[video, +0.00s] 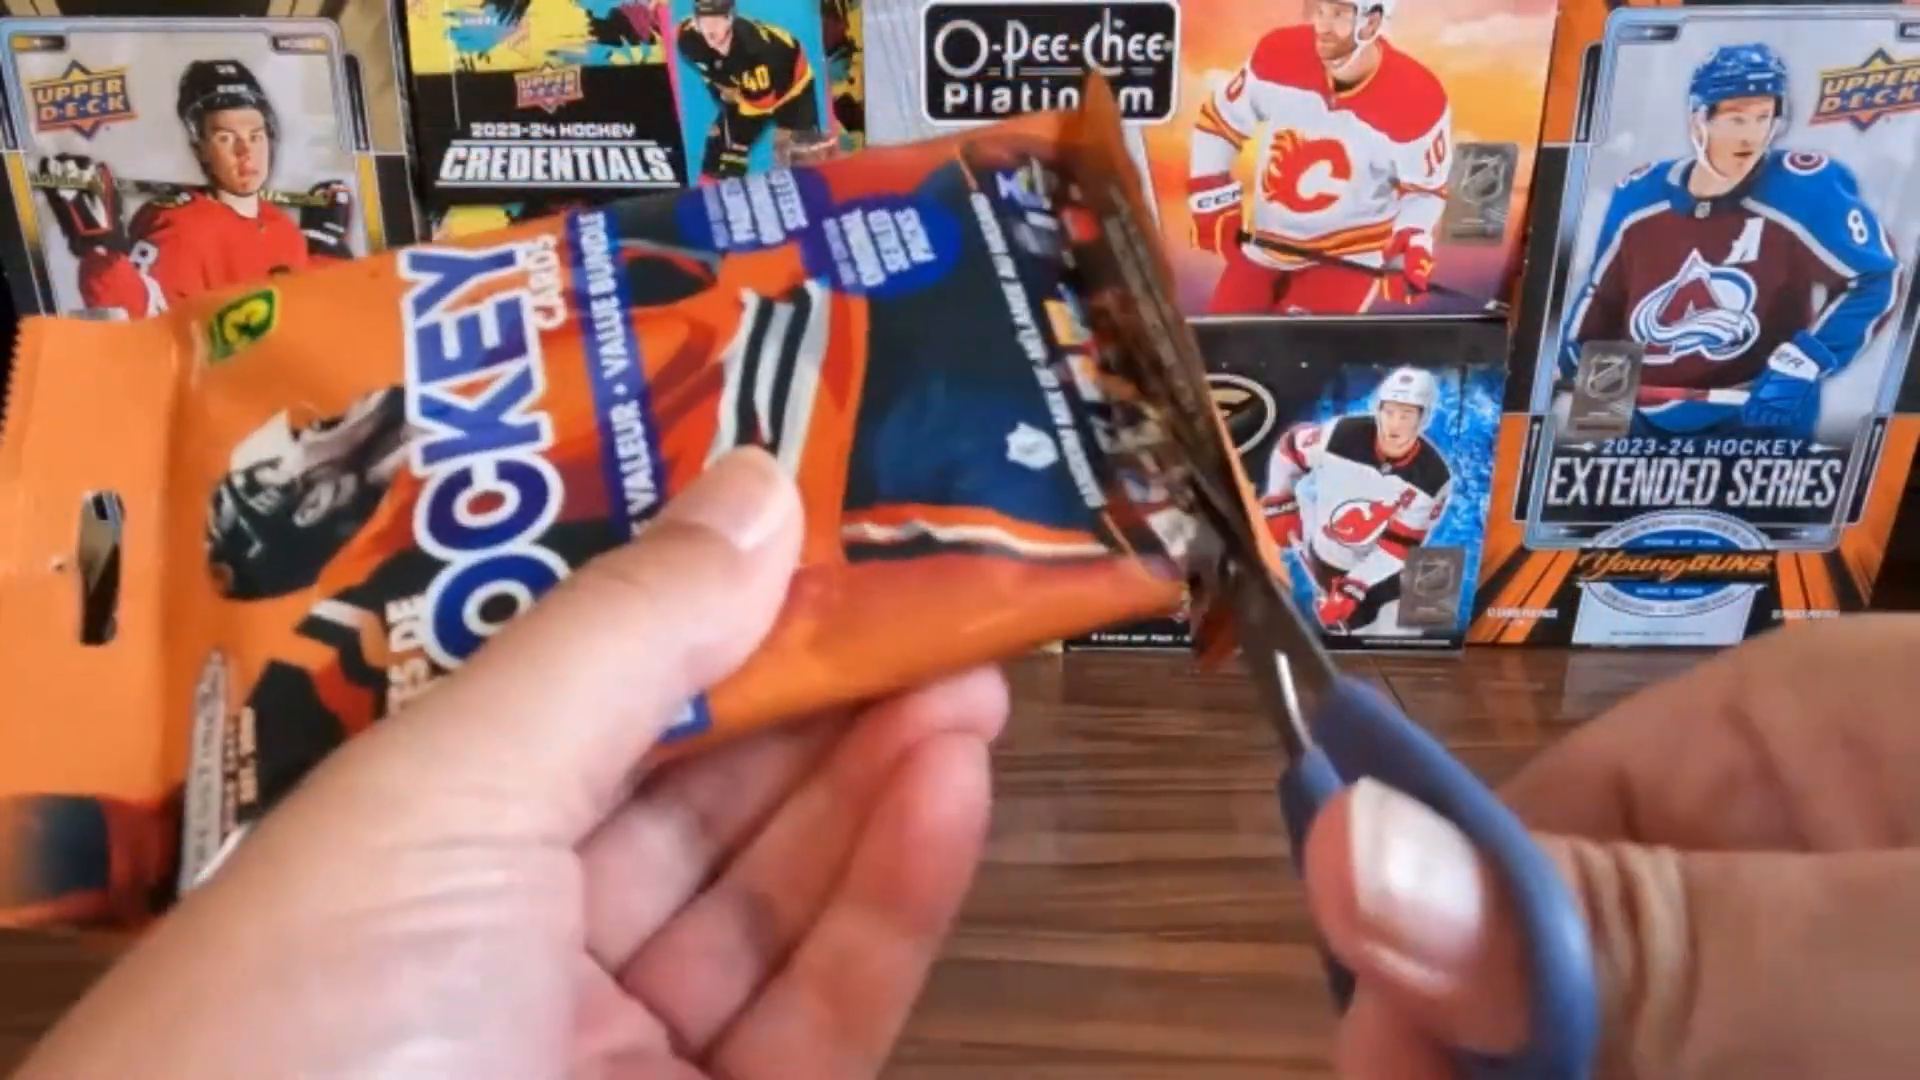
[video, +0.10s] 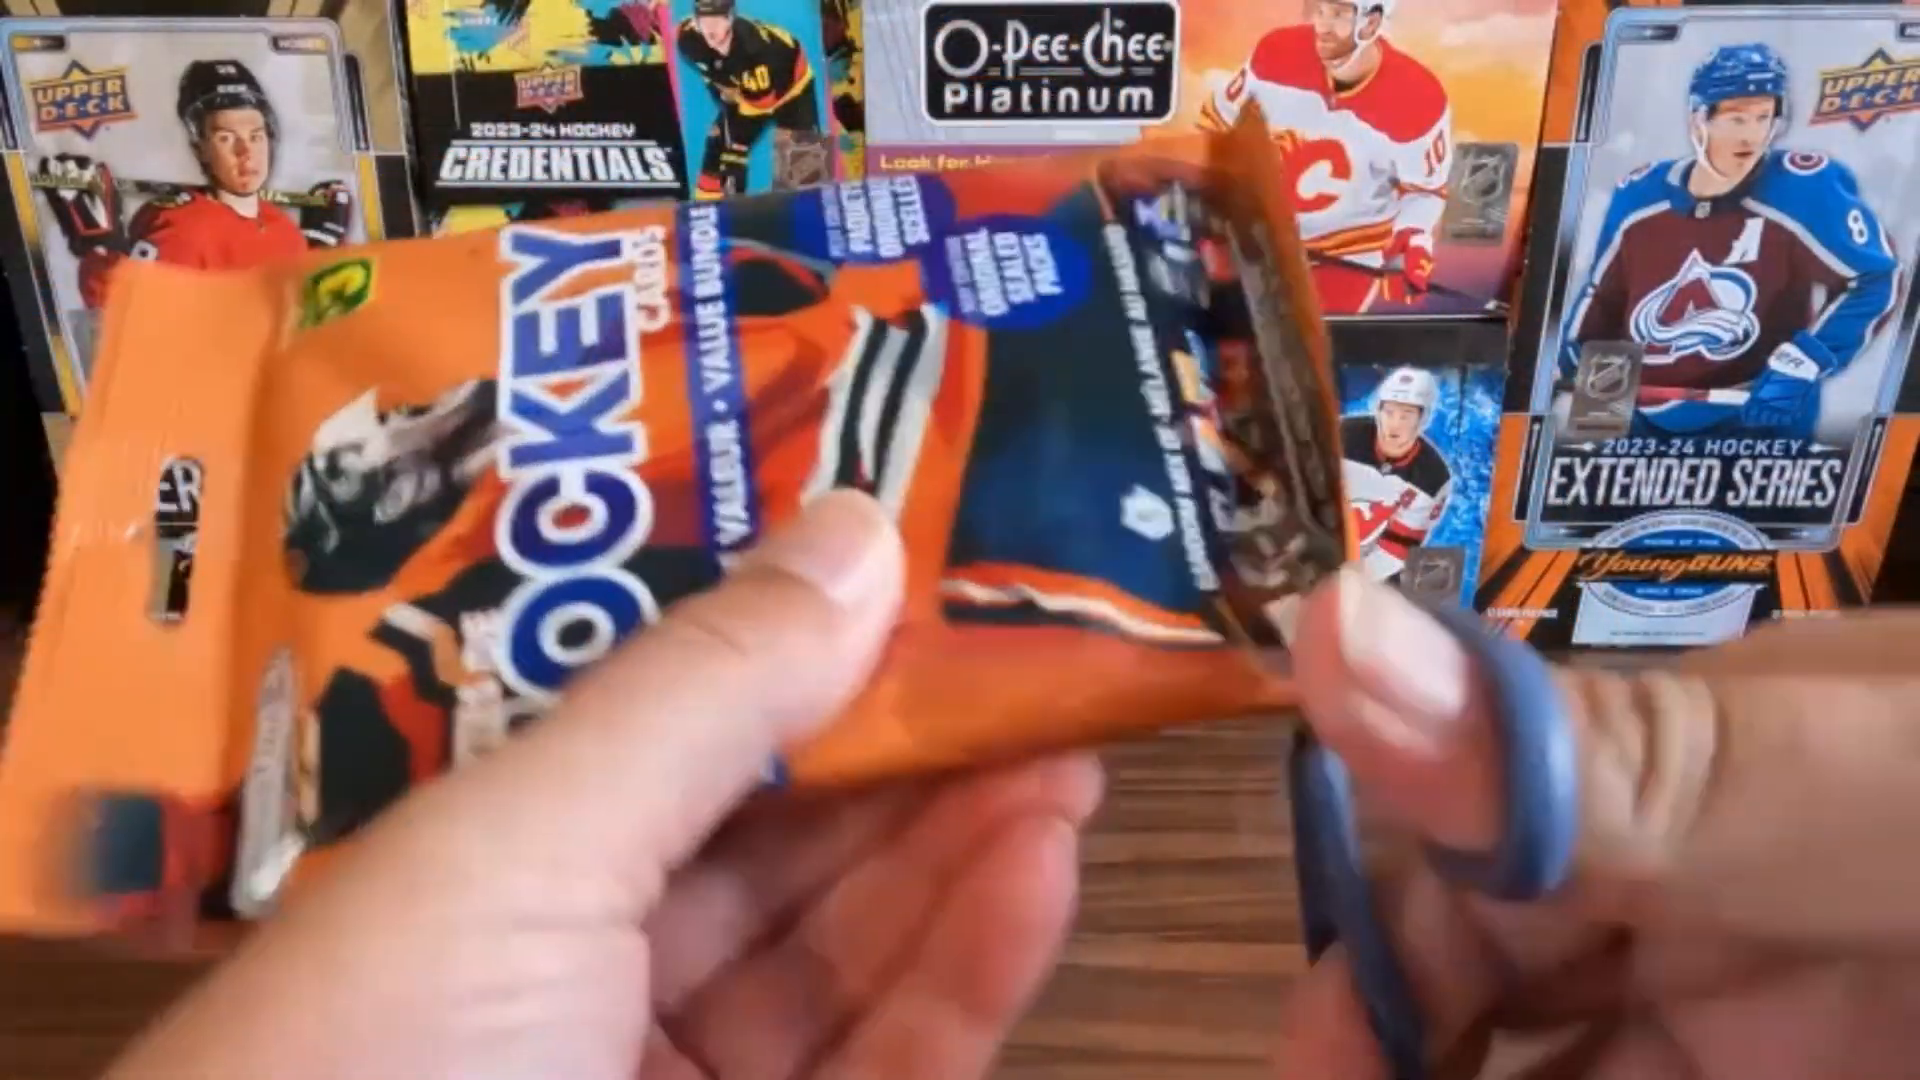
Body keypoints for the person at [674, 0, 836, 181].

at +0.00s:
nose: (711, 30)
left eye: (718, 22)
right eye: (705, 23)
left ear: (730, 20)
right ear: (696, 23)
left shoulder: (754, 48)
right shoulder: (688, 39)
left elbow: (760, 109)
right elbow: (711, 73)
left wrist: (737, 148)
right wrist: (725, 90)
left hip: (792, 90)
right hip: (742, 96)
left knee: (800, 159)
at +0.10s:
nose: (712, 29)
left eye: (718, 21)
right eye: (706, 22)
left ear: (730, 18)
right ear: (696, 22)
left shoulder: (756, 48)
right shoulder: (688, 38)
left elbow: (758, 108)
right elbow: (710, 73)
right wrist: (725, 89)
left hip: (791, 92)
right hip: (740, 97)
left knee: (801, 160)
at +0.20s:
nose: (711, 29)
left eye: (717, 22)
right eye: (705, 22)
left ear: (730, 19)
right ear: (696, 22)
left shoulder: (755, 48)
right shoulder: (688, 38)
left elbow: (757, 110)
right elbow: (711, 75)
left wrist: (737, 154)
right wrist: (726, 90)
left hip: (791, 91)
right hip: (742, 98)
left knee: (801, 158)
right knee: (716, 150)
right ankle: (701, 216)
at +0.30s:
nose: (711, 29)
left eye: (717, 21)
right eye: (705, 22)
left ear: (730, 19)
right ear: (696, 22)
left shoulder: (755, 49)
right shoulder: (688, 38)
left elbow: (756, 112)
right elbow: (710, 75)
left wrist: (736, 157)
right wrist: (725, 91)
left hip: (791, 91)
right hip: (742, 98)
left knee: (802, 158)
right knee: (716, 150)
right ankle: (700, 217)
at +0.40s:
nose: (711, 30)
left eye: (718, 22)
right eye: (705, 22)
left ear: (731, 19)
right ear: (697, 23)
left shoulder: (754, 48)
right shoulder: (689, 38)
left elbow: (756, 111)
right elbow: (710, 75)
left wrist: (736, 159)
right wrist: (724, 96)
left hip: (790, 90)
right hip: (741, 97)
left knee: (802, 158)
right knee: (717, 148)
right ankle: (699, 219)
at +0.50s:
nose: (712, 30)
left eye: (717, 23)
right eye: (705, 23)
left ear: (730, 19)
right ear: (696, 22)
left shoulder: (754, 48)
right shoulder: (689, 38)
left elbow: (757, 109)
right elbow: (708, 69)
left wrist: (736, 154)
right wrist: (723, 87)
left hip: (791, 92)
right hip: (743, 96)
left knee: (805, 162)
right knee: (717, 147)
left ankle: (835, 227)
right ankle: (699, 221)